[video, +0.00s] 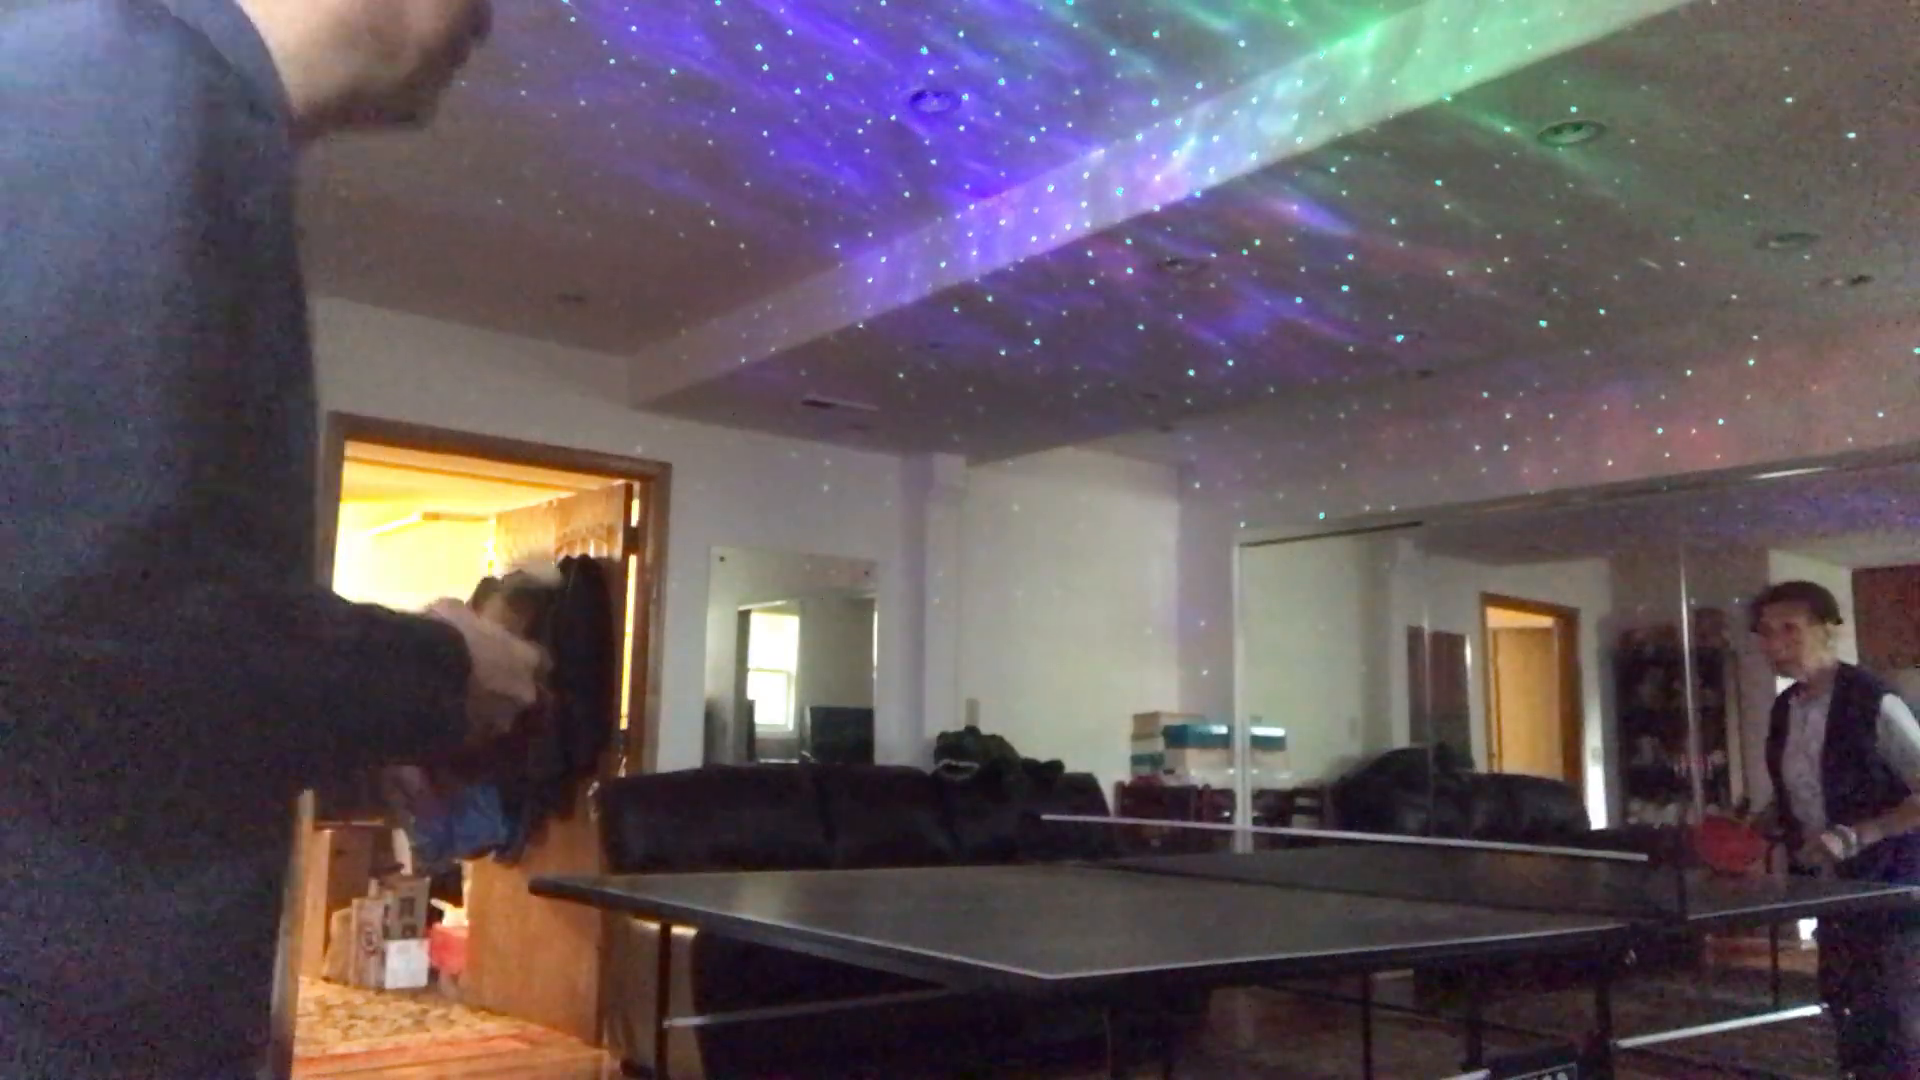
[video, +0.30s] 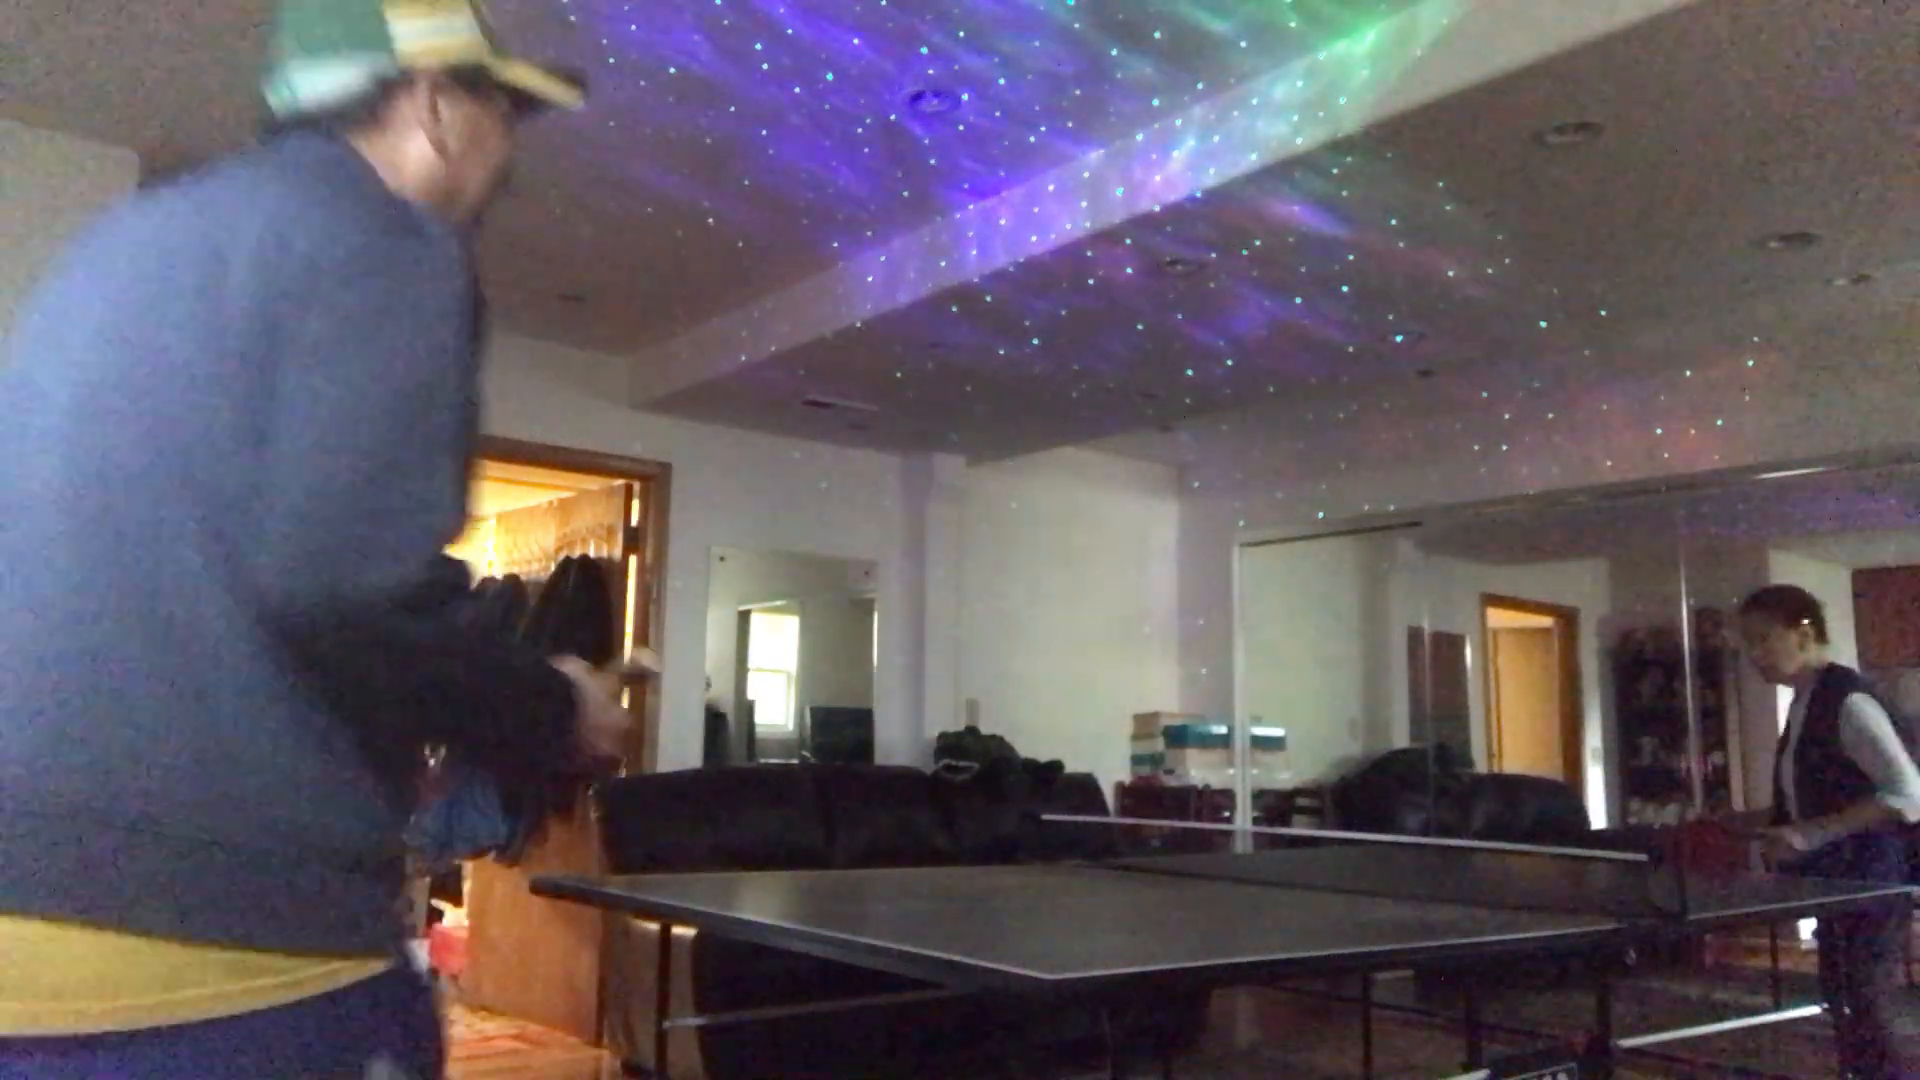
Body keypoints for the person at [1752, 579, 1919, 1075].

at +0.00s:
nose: (1777, 645)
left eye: (1789, 629)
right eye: (1768, 634)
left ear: (1827, 630)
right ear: (1761, 642)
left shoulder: (1874, 703)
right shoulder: (1784, 708)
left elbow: (1917, 795)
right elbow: (1792, 799)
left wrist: (1858, 835)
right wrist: (1761, 827)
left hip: (1888, 879)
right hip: (1827, 884)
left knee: (1894, 1015)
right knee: (1845, 1008)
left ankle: (1896, 1070)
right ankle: (1858, 1069)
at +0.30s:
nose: (1754, 655)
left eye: (1763, 639)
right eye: (1749, 643)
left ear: (1803, 632)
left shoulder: (1849, 702)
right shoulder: (1802, 703)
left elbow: (1906, 797)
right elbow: (1805, 807)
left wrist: (1811, 833)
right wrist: (1743, 821)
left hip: (1873, 882)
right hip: (1837, 881)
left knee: (1870, 1011)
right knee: (1846, 1006)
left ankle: (1887, 1072)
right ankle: (1860, 1071)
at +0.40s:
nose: (1752, 660)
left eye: (1759, 645)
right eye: (1747, 649)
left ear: (1796, 635)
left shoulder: (1838, 701)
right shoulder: (1814, 699)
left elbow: (1869, 804)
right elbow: (1816, 795)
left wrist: (1765, 823)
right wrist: (1749, 809)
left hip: (1864, 887)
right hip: (1839, 884)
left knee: (1862, 1011)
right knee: (1849, 1009)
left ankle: (1876, 1072)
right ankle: (1861, 1071)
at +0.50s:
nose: (1748, 664)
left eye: (1751, 648)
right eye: (1744, 652)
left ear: (1786, 637)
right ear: (1791, 640)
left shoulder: (1831, 696)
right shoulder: (1821, 694)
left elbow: (1817, 802)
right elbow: (1804, 786)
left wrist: (1734, 798)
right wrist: (1746, 769)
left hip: (1861, 887)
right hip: (1848, 886)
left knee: (1853, 1006)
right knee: (1849, 1004)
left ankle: (1870, 1072)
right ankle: (1867, 1071)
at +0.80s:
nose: (1735, 655)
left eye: (1740, 641)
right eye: (1732, 644)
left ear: (1778, 632)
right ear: (1772, 637)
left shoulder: (1840, 697)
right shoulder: (1771, 712)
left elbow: (1846, 791)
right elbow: (1759, 789)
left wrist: (1756, 780)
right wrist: (1713, 779)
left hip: (1866, 877)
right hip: (1818, 877)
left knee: (1859, 997)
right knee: (1830, 988)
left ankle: (1881, 1068)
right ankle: (1866, 1066)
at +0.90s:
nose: (1730, 654)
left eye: (1739, 639)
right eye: (1726, 642)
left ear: (1780, 634)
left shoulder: (1837, 696)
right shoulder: (1757, 714)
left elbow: (1905, 786)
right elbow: (1764, 797)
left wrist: (1830, 791)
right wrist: (1745, 806)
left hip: (1860, 879)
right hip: (1797, 878)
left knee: (1862, 1010)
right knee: (1806, 1006)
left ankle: (1878, 1070)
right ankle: (1842, 1067)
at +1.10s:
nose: (1726, 658)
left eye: (1738, 643)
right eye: (1721, 646)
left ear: (1779, 644)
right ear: (1717, 653)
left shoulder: (1837, 707)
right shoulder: (1733, 724)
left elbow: (1908, 768)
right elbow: (1736, 805)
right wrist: (1761, 839)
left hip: (1856, 871)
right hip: (1783, 876)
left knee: (1860, 1000)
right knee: (1787, 1001)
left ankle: (1882, 1072)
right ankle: (1808, 1071)